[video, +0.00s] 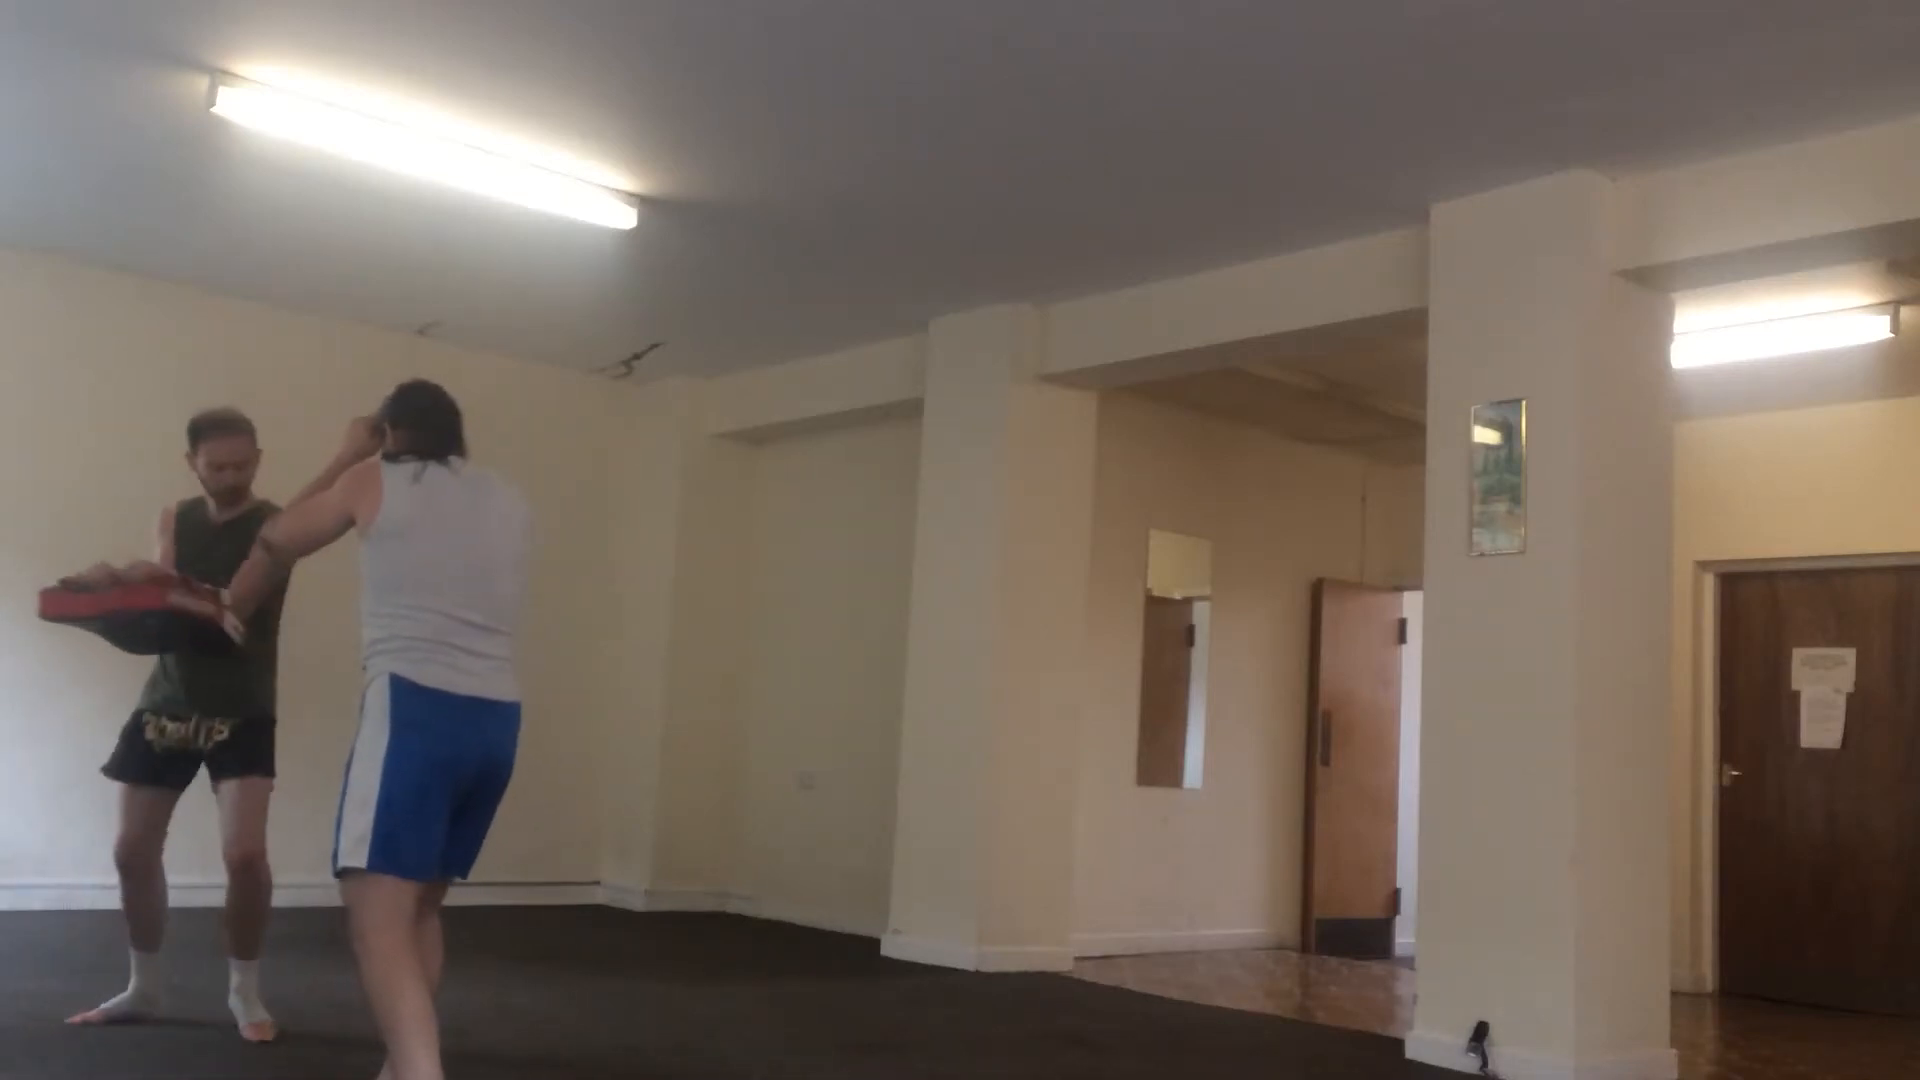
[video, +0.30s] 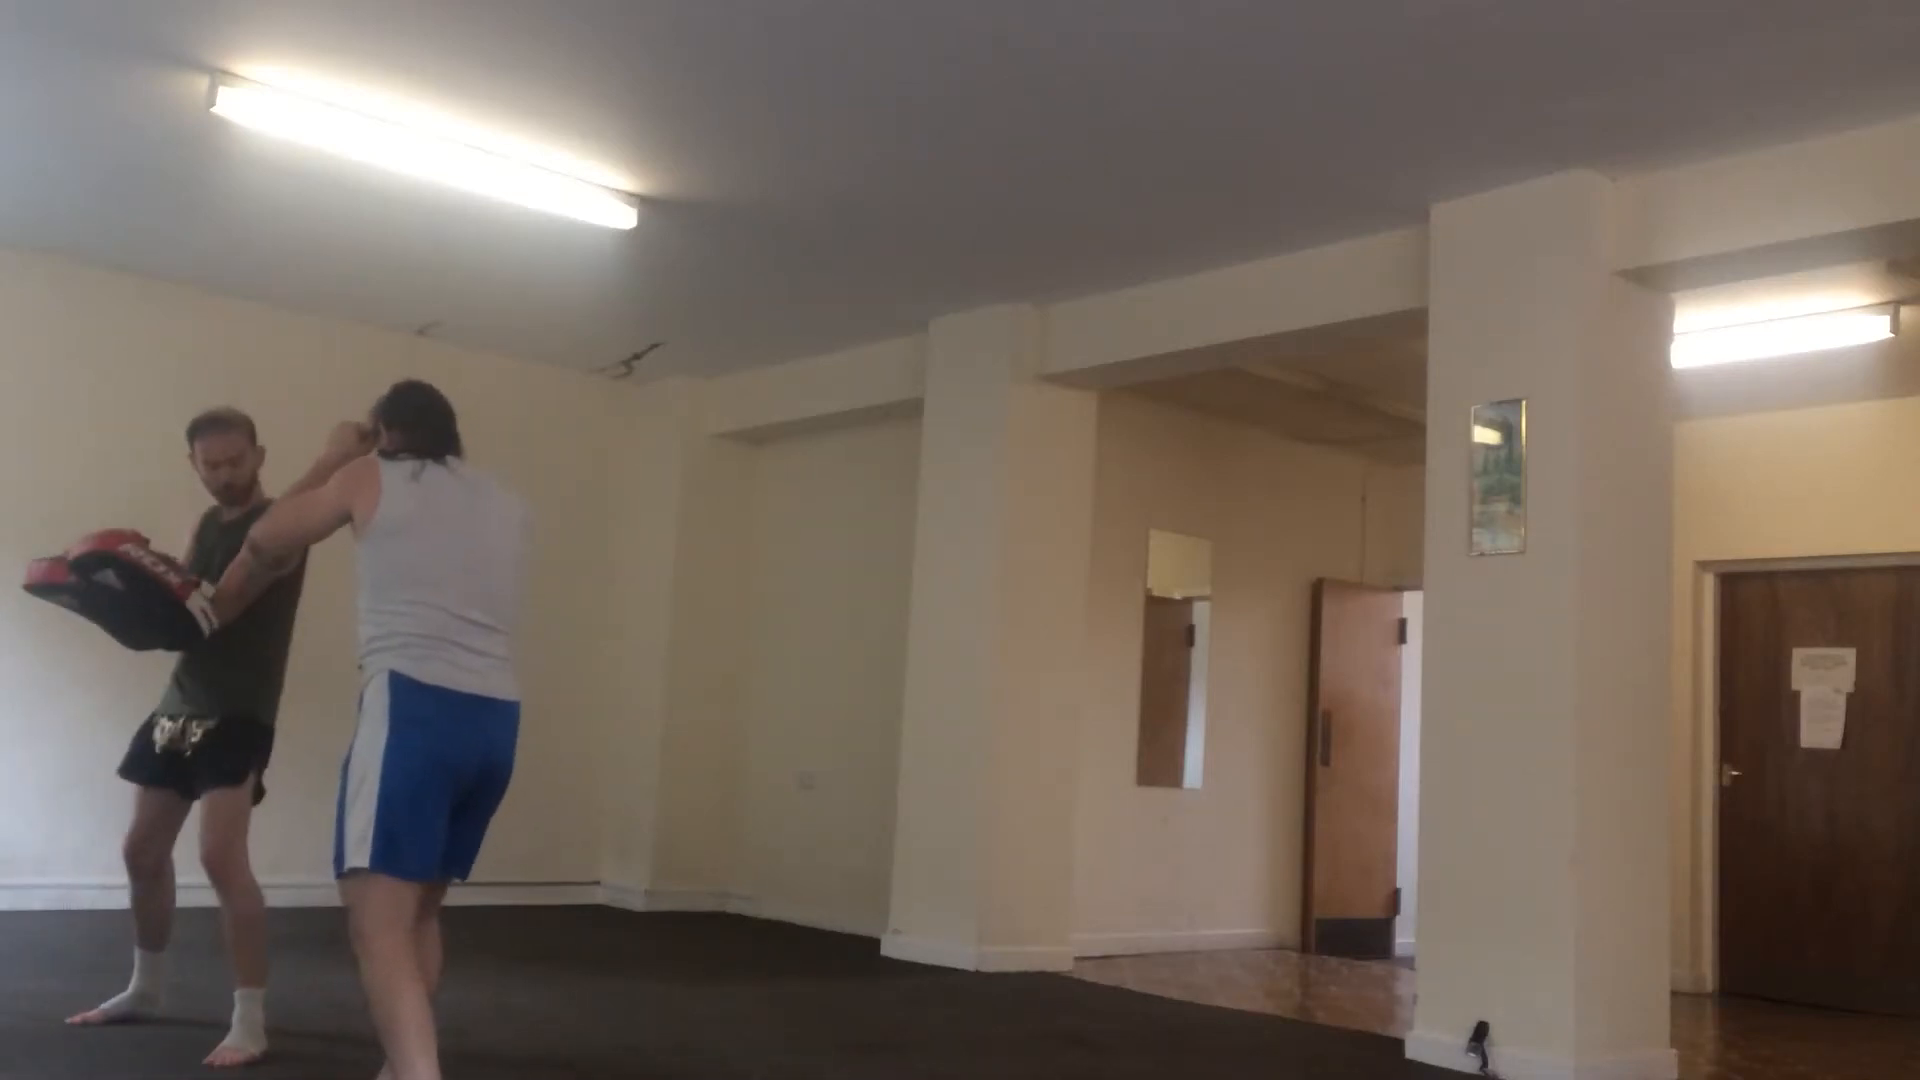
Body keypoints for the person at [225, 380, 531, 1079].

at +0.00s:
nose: (376, 437)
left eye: (380, 430)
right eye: (380, 429)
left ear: (390, 434)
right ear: (458, 436)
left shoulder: (375, 481)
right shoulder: (510, 501)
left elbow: (280, 535)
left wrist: (341, 463)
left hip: (409, 714)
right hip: (494, 723)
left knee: (378, 921)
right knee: (423, 908)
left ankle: (421, 1071)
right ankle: (405, 1062)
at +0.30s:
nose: (372, 439)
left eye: (375, 431)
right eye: (375, 431)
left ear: (385, 435)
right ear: (454, 436)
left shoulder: (371, 478)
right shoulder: (509, 505)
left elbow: (266, 535)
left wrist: (327, 461)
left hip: (409, 712)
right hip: (493, 723)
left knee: (380, 927)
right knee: (422, 913)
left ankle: (418, 1071)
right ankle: (405, 1063)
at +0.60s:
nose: (353, 445)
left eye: (359, 439)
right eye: (357, 439)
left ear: (369, 450)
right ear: (436, 457)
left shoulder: (343, 494)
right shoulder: (475, 517)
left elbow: (249, 535)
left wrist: (316, 467)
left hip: (384, 727)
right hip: (470, 736)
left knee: (339, 936)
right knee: (375, 911)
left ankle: (406, 1072)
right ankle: (348, 1066)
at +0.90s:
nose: (348, 473)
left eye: (352, 465)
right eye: (357, 465)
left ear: (359, 474)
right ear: (424, 488)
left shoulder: (308, 510)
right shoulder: (448, 559)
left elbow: (207, 475)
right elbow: (542, 564)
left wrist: (250, 472)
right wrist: (491, 493)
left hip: (286, 748)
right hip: (363, 767)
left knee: (240, 945)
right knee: (268, 904)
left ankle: (355, 1055)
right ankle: (230, 1056)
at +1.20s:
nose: (300, 440)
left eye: (300, 431)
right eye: (300, 432)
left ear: (316, 427)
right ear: (373, 424)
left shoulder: (313, 468)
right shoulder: (428, 478)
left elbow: (250, 533)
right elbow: (488, 443)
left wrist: (181, 620)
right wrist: (407, 391)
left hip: (233, 664)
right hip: (308, 704)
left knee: (181, 574)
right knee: (256, 861)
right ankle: (215, 1028)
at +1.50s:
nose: (279, 440)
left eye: (281, 429)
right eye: (285, 429)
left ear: (293, 434)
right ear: (354, 434)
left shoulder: (266, 493)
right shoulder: (391, 503)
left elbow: (161, 562)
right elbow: (443, 481)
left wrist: (148, 497)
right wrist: (376, 428)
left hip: (228, 703)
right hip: (315, 718)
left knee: (145, 836)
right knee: (275, 874)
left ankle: (111, 1000)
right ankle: (236, 1030)